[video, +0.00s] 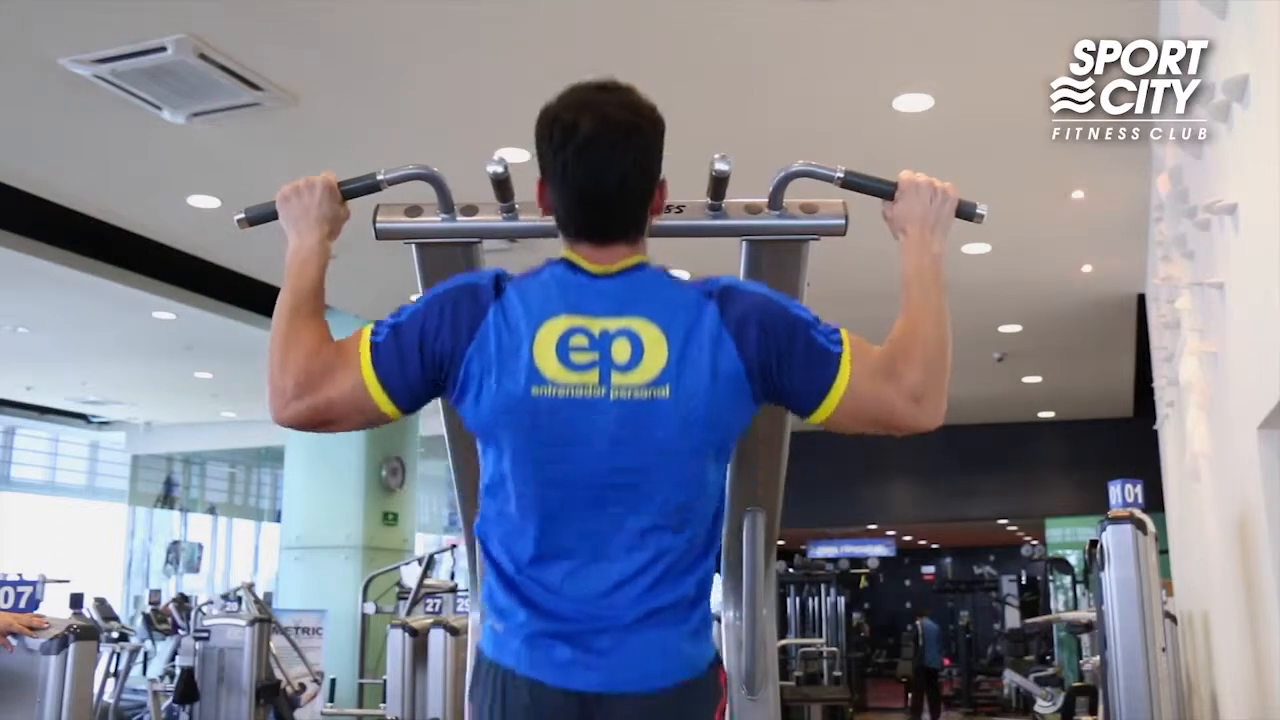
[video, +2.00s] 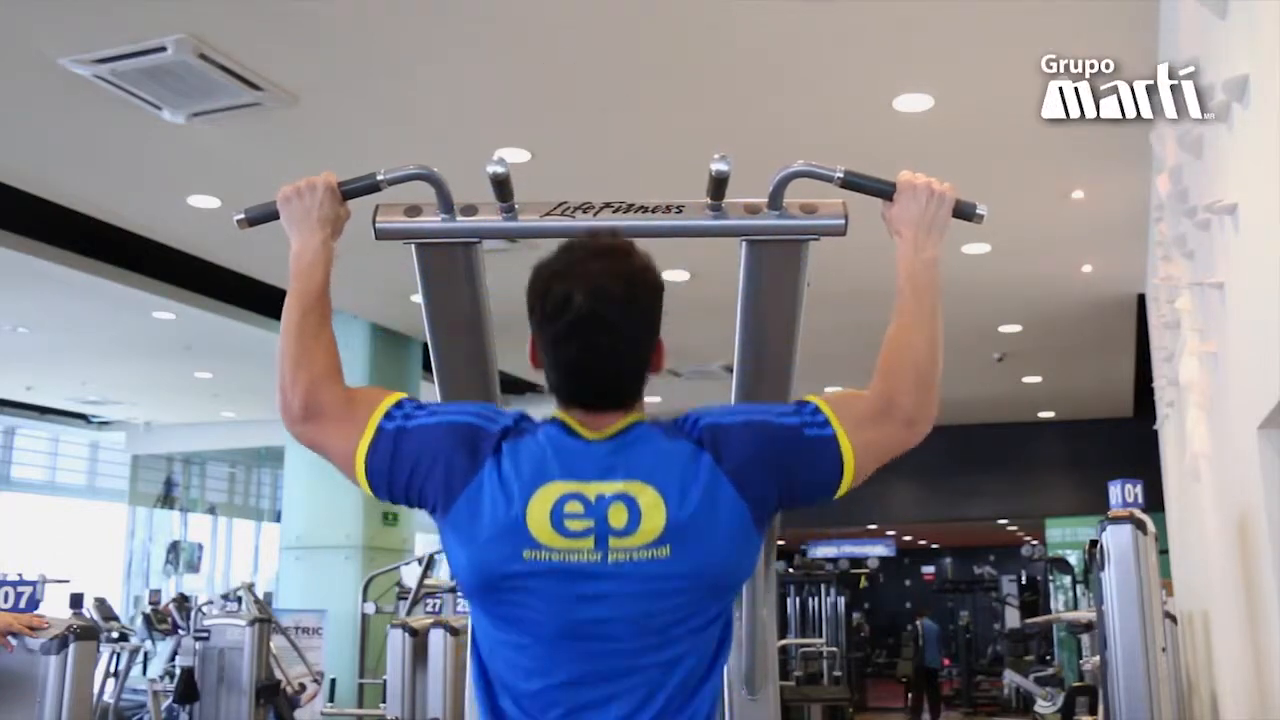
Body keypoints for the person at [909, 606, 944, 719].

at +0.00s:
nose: (915, 618)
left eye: (916, 615)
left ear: (917, 615)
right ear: (928, 614)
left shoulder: (917, 626)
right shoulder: (935, 627)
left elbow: (917, 644)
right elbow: (938, 645)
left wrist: (914, 659)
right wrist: (938, 658)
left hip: (921, 663)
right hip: (934, 664)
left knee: (918, 692)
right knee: (934, 691)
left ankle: (916, 715)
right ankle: (935, 715)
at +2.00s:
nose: (916, 618)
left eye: (916, 616)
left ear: (917, 615)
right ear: (928, 614)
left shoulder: (917, 625)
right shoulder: (935, 627)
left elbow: (917, 644)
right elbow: (938, 645)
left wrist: (914, 659)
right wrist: (939, 659)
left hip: (921, 664)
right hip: (934, 664)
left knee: (918, 692)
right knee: (933, 691)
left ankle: (916, 715)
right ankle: (935, 715)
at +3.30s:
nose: (916, 618)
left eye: (916, 616)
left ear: (917, 615)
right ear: (928, 614)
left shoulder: (917, 625)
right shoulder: (935, 627)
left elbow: (917, 644)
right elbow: (938, 645)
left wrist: (914, 659)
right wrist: (939, 659)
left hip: (921, 664)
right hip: (934, 664)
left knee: (918, 692)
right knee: (933, 691)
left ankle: (916, 715)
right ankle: (935, 715)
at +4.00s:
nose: (916, 618)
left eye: (916, 616)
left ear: (917, 615)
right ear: (928, 614)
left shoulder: (917, 625)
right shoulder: (935, 627)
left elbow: (917, 644)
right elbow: (938, 645)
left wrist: (914, 659)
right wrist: (939, 659)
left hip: (921, 664)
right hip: (934, 664)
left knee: (918, 692)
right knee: (933, 691)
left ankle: (916, 715)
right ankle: (935, 715)